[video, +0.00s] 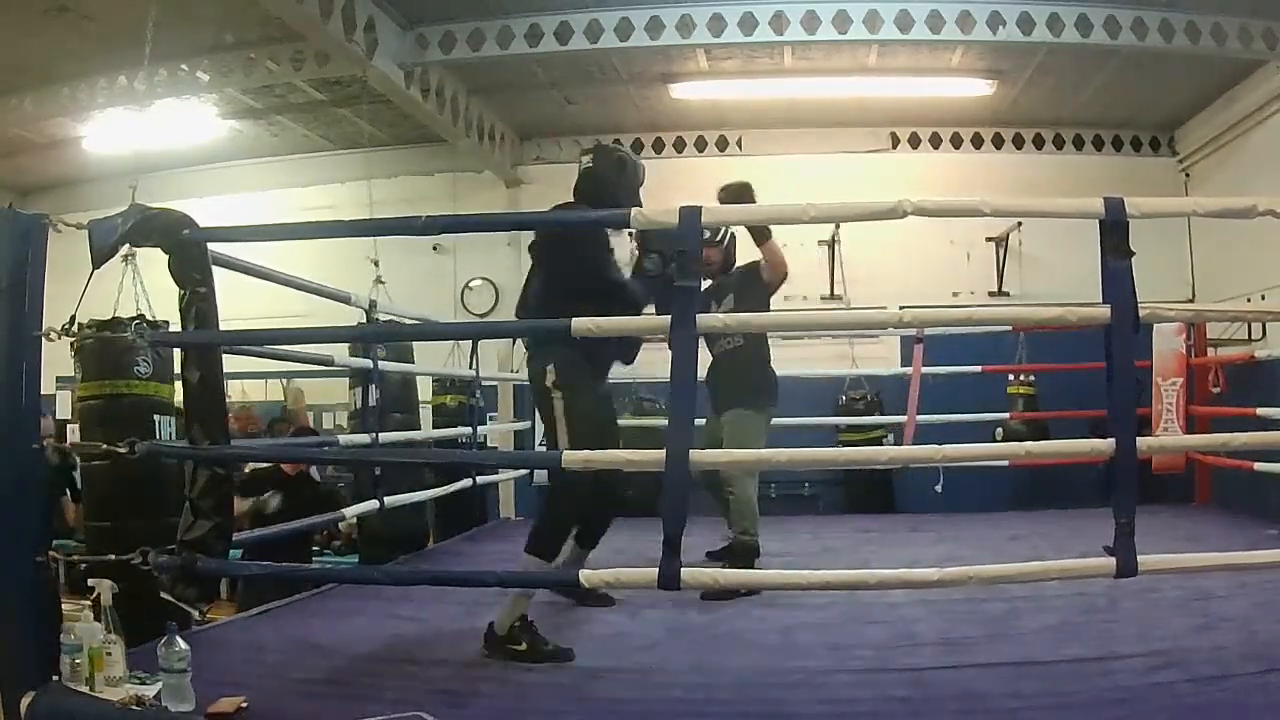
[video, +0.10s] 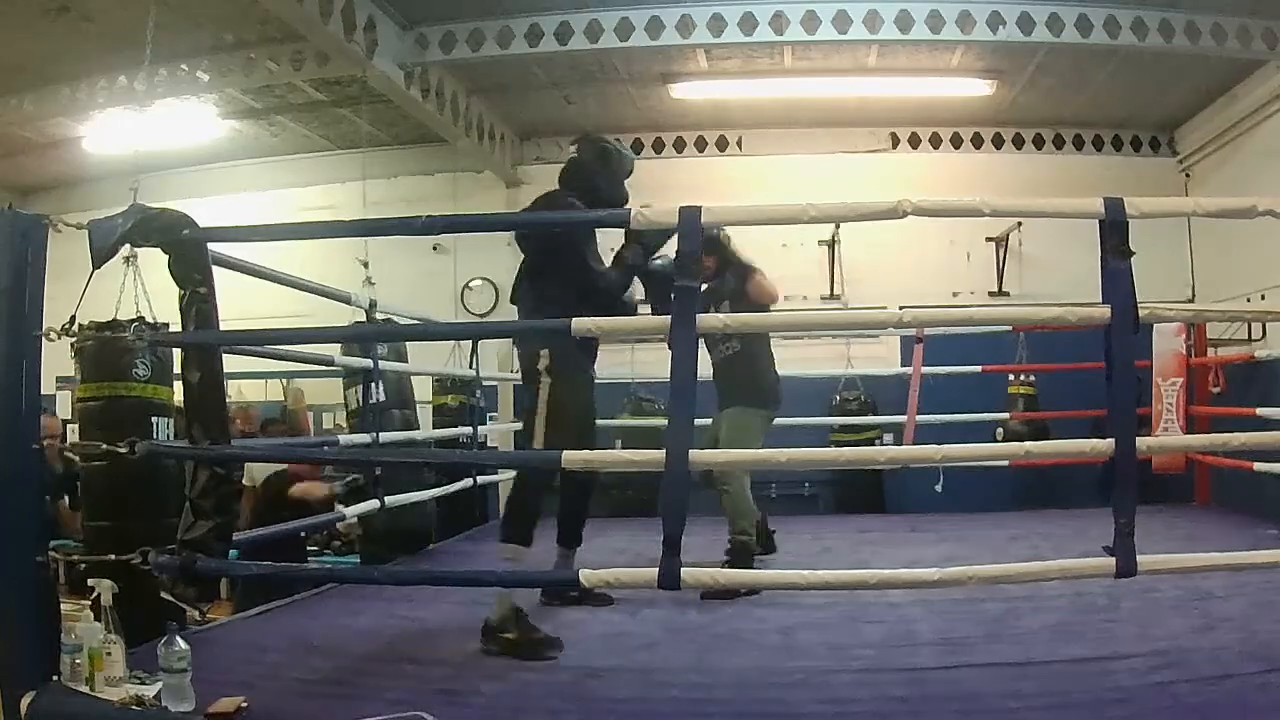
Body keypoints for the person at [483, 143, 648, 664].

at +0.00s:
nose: (635, 203)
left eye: (635, 194)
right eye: (632, 193)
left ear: (592, 181)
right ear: (613, 189)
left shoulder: (586, 229)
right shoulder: (576, 228)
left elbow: (610, 298)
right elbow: (612, 300)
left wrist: (639, 278)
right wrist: (643, 287)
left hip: (581, 370)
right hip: (562, 371)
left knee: (610, 483)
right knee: (575, 487)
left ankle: (566, 574)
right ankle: (507, 622)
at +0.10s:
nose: (625, 191)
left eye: (626, 182)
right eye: (621, 180)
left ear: (585, 172)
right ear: (596, 175)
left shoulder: (573, 217)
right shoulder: (562, 217)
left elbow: (603, 296)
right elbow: (605, 296)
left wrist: (633, 255)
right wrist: (633, 251)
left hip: (570, 355)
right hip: (550, 355)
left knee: (582, 463)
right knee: (536, 468)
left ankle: (563, 577)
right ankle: (504, 611)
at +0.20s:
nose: (605, 190)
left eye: (605, 181)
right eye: (601, 181)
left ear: (563, 171)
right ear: (582, 176)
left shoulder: (537, 209)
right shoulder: (565, 211)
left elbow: (604, 276)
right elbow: (611, 280)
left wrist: (620, 224)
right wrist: (630, 232)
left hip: (542, 345)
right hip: (540, 346)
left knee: (568, 461)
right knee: (535, 461)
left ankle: (560, 579)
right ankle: (456, 586)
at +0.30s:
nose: (589, 194)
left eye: (589, 187)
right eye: (587, 186)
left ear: (545, 175)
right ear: (573, 180)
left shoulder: (515, 206)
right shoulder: (559, 207)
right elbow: (593, 276)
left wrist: (593, 217)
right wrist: (613, 224)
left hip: (514, 348)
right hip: (526, 350)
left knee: (562, 462)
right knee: (512, 470)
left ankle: (561, 579)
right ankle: (414, 576)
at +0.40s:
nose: (572, 206)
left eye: (573, 199)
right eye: (569, 198)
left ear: (529, 185)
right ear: (556, 191)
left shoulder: (507, 220)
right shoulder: (543, 219)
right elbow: (572, 288)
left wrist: (588, 226)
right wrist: (602, 228)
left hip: (495, 366)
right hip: (504, 368)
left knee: (576, 467)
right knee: (476, 496)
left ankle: (564, 579)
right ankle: (382, 582)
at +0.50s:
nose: (560, 225)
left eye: (561, 216)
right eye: (556, 214)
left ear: (517, 201)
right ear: (537, 207)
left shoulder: (509, 250)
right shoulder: (509, 253)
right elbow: (546, 324)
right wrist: (593, 280)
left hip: (518, 392)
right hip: (488, 396)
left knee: (590, 468)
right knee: (450, 504)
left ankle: (570, 569)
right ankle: (369, 595)